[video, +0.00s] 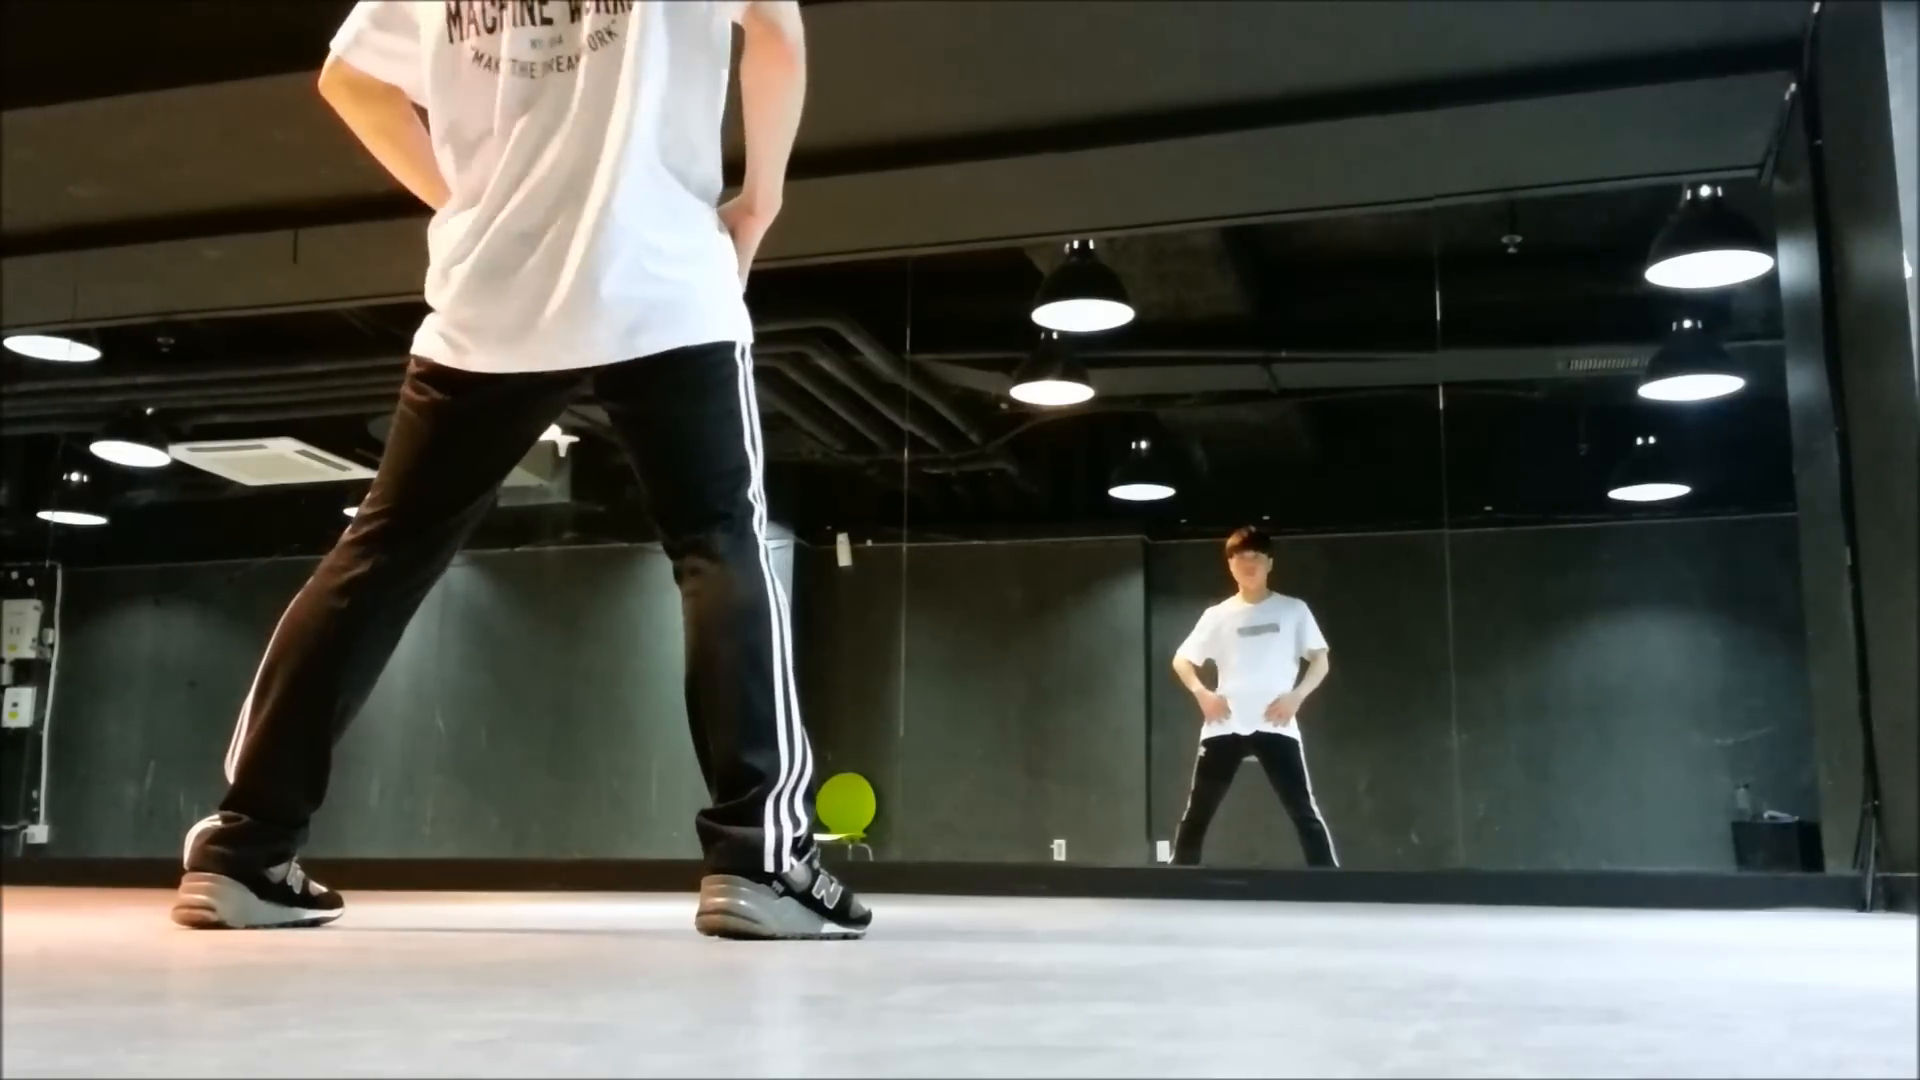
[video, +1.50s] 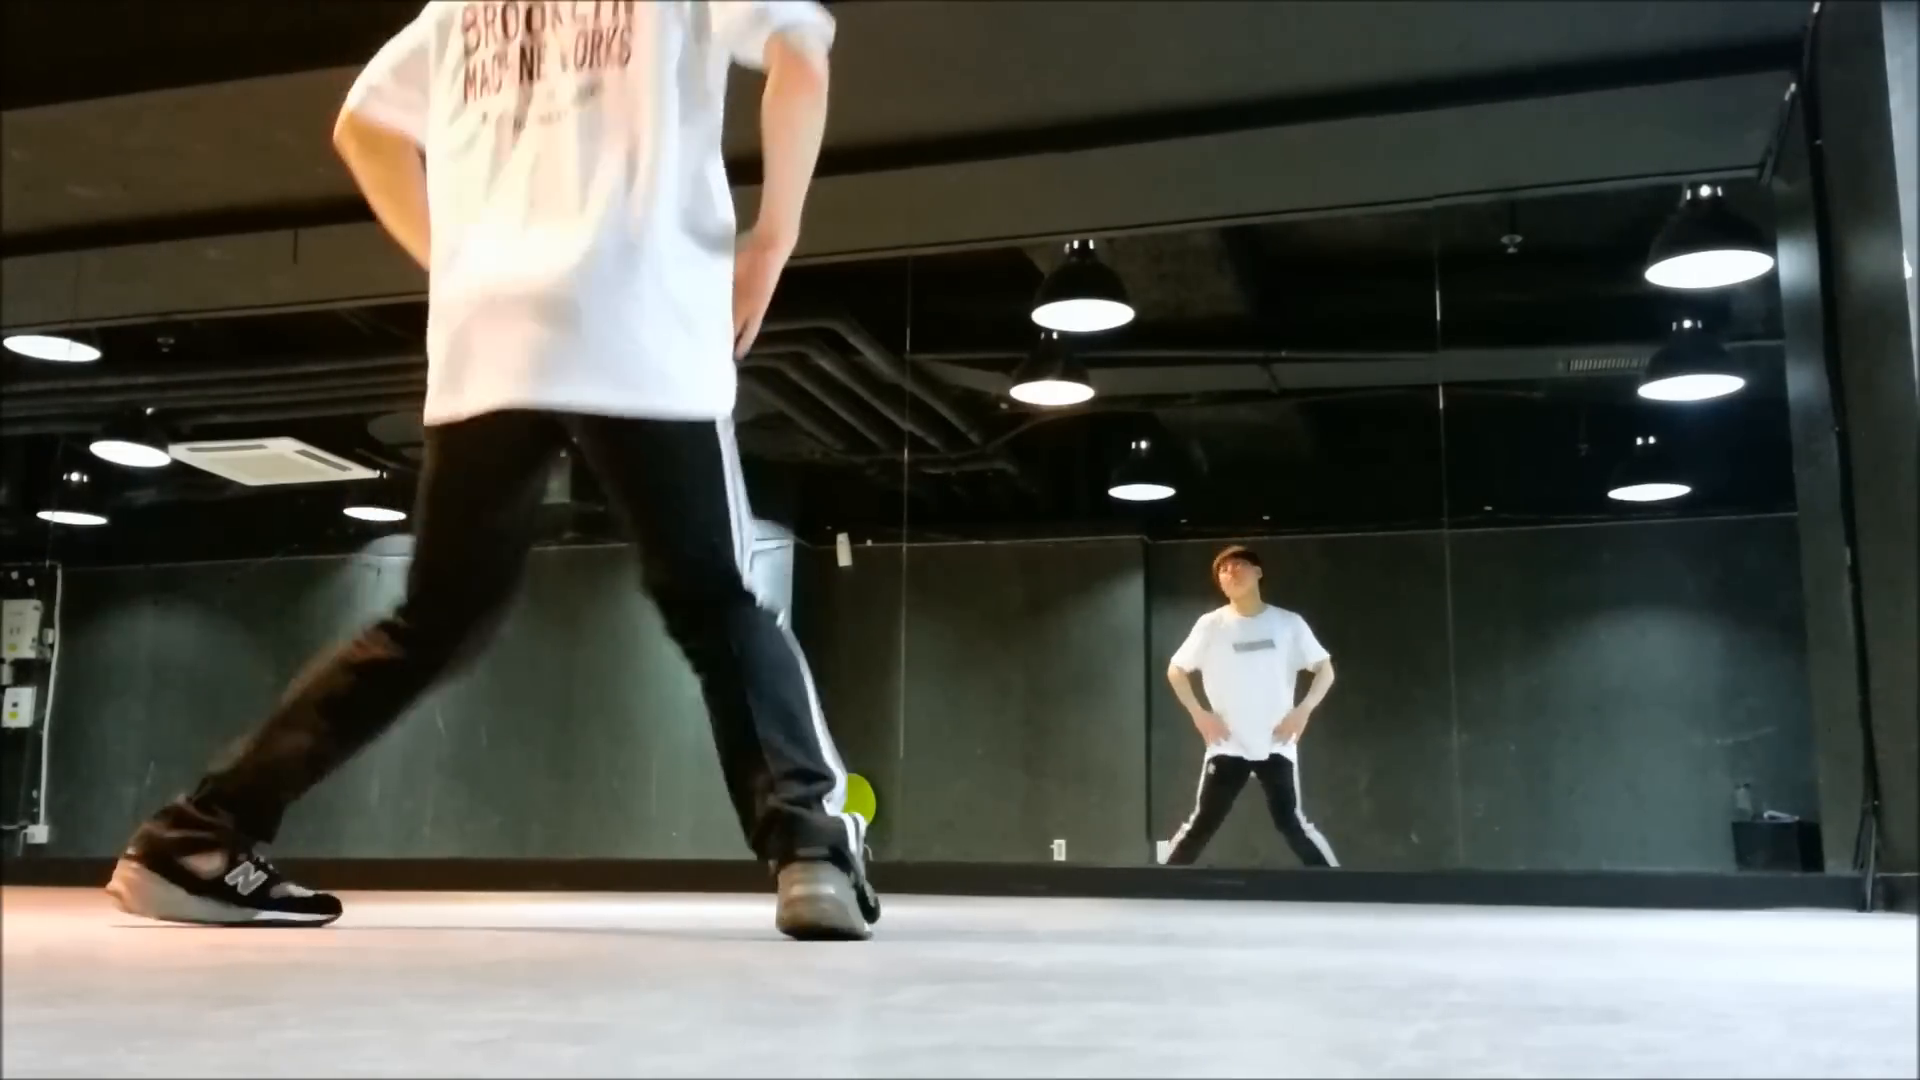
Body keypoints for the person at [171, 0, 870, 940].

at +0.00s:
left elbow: (353, 75)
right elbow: (773, 28)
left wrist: (466, 201)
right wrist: (758, 196)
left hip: (490, 270)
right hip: (658, 266)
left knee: (383, 550)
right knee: (722, 549)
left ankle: (242, 843)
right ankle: (760, 854)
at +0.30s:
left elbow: (357, 67)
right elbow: (756, 20)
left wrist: (464, 196)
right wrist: (757, 189)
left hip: (486, 256)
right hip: (657, 258)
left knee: (379, 550)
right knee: (719, 544)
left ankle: (241, 844)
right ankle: (760, 854)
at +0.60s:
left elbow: (339, 85)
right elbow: (779, 24)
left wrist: (461, 197)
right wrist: (765, 188)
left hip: (488, 278)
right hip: (657, 266)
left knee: (385, 555)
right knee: (720, 544)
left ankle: (242, 844)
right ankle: (759, 854)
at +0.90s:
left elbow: (343, 75)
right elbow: (766, 17)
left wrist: (459, 197)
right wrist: (762, 186)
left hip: (482, 256)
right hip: (653, 252)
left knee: (373, 551)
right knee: (712, 540)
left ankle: (239, 848)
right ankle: (760, 854)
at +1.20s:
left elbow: (371, 73)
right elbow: (739, 30)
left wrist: (459, 212)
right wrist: (758, 199)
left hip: (487, 271)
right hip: (653, 262)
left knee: (367, 557)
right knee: (714, 551)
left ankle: (238, 847)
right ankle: (760, 854)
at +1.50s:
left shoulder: (462, 11)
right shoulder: (695, 4)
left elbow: (368, 121)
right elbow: (801, 48)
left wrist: (460, 261)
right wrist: (774, 238)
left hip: (486, 308)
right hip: (647, 305)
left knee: (436, 618)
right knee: (717, 605)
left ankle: (197, 836)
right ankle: (815, 855)